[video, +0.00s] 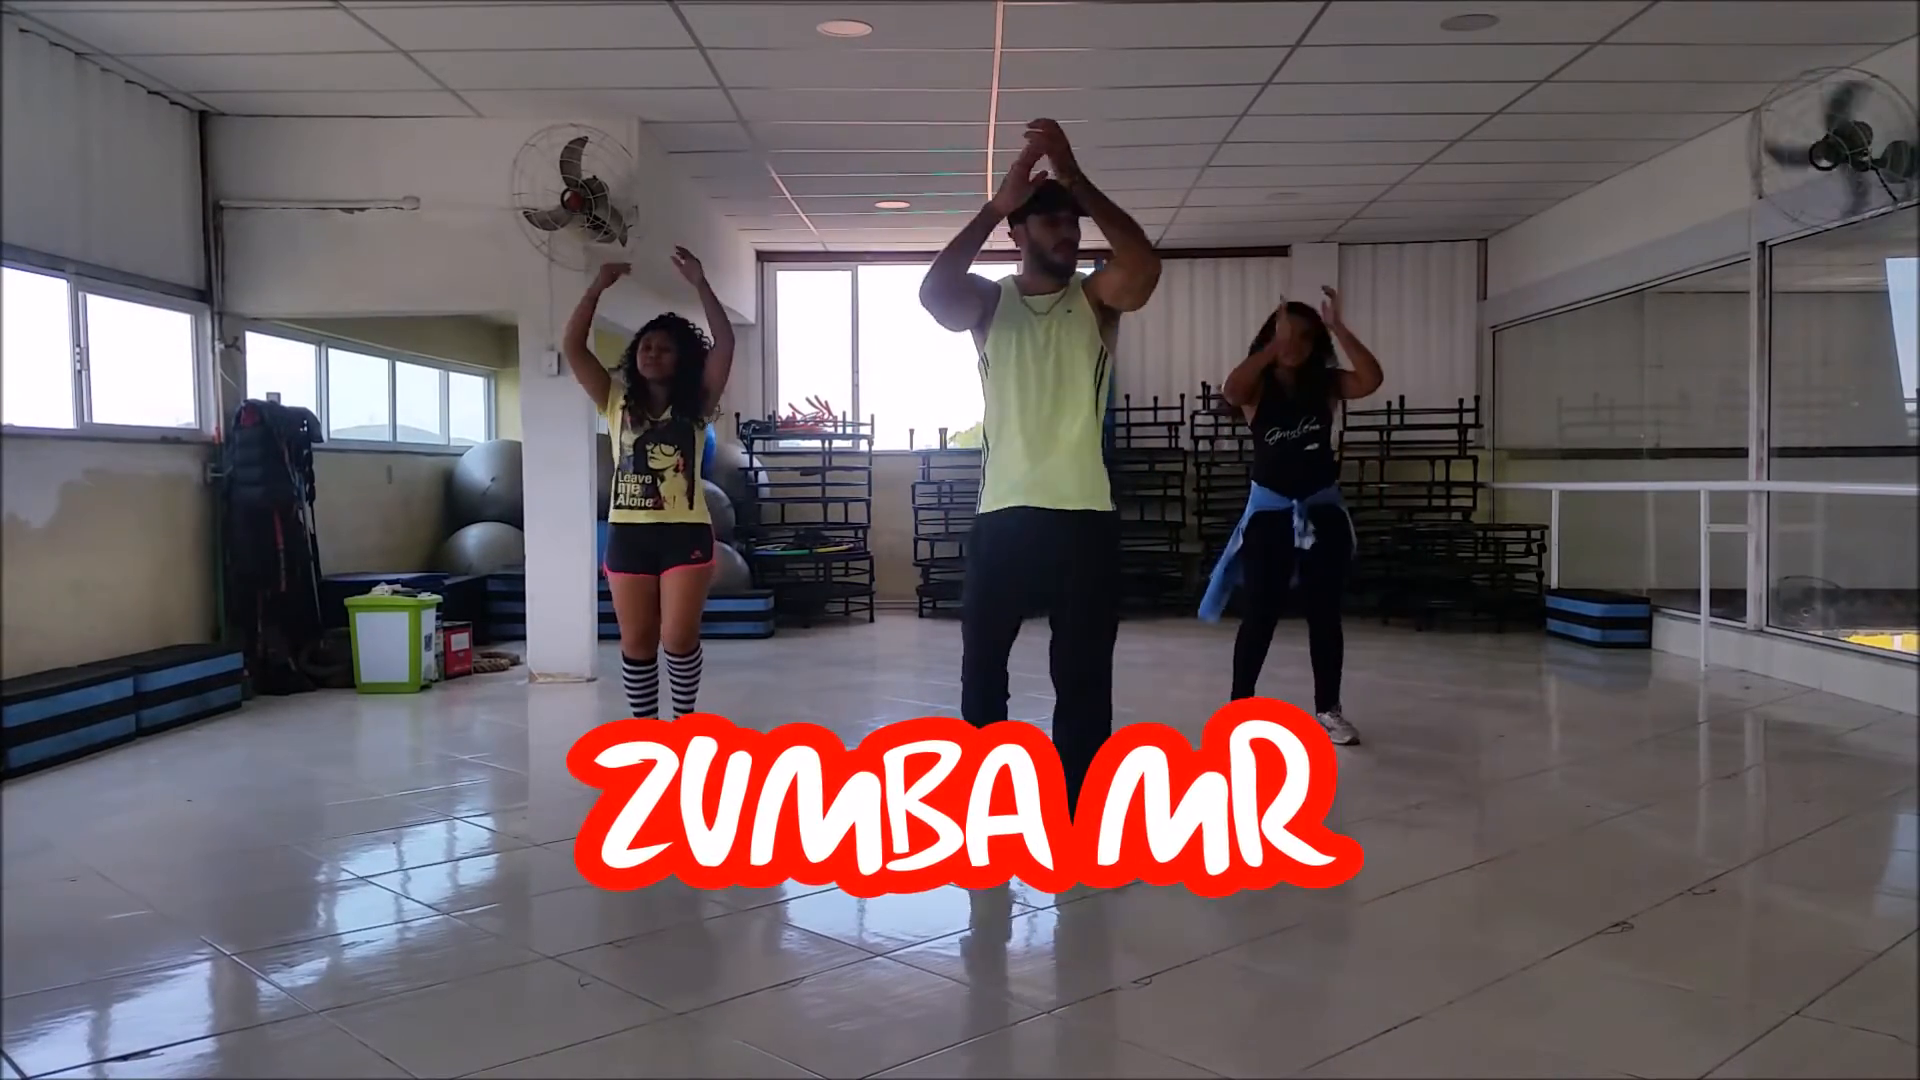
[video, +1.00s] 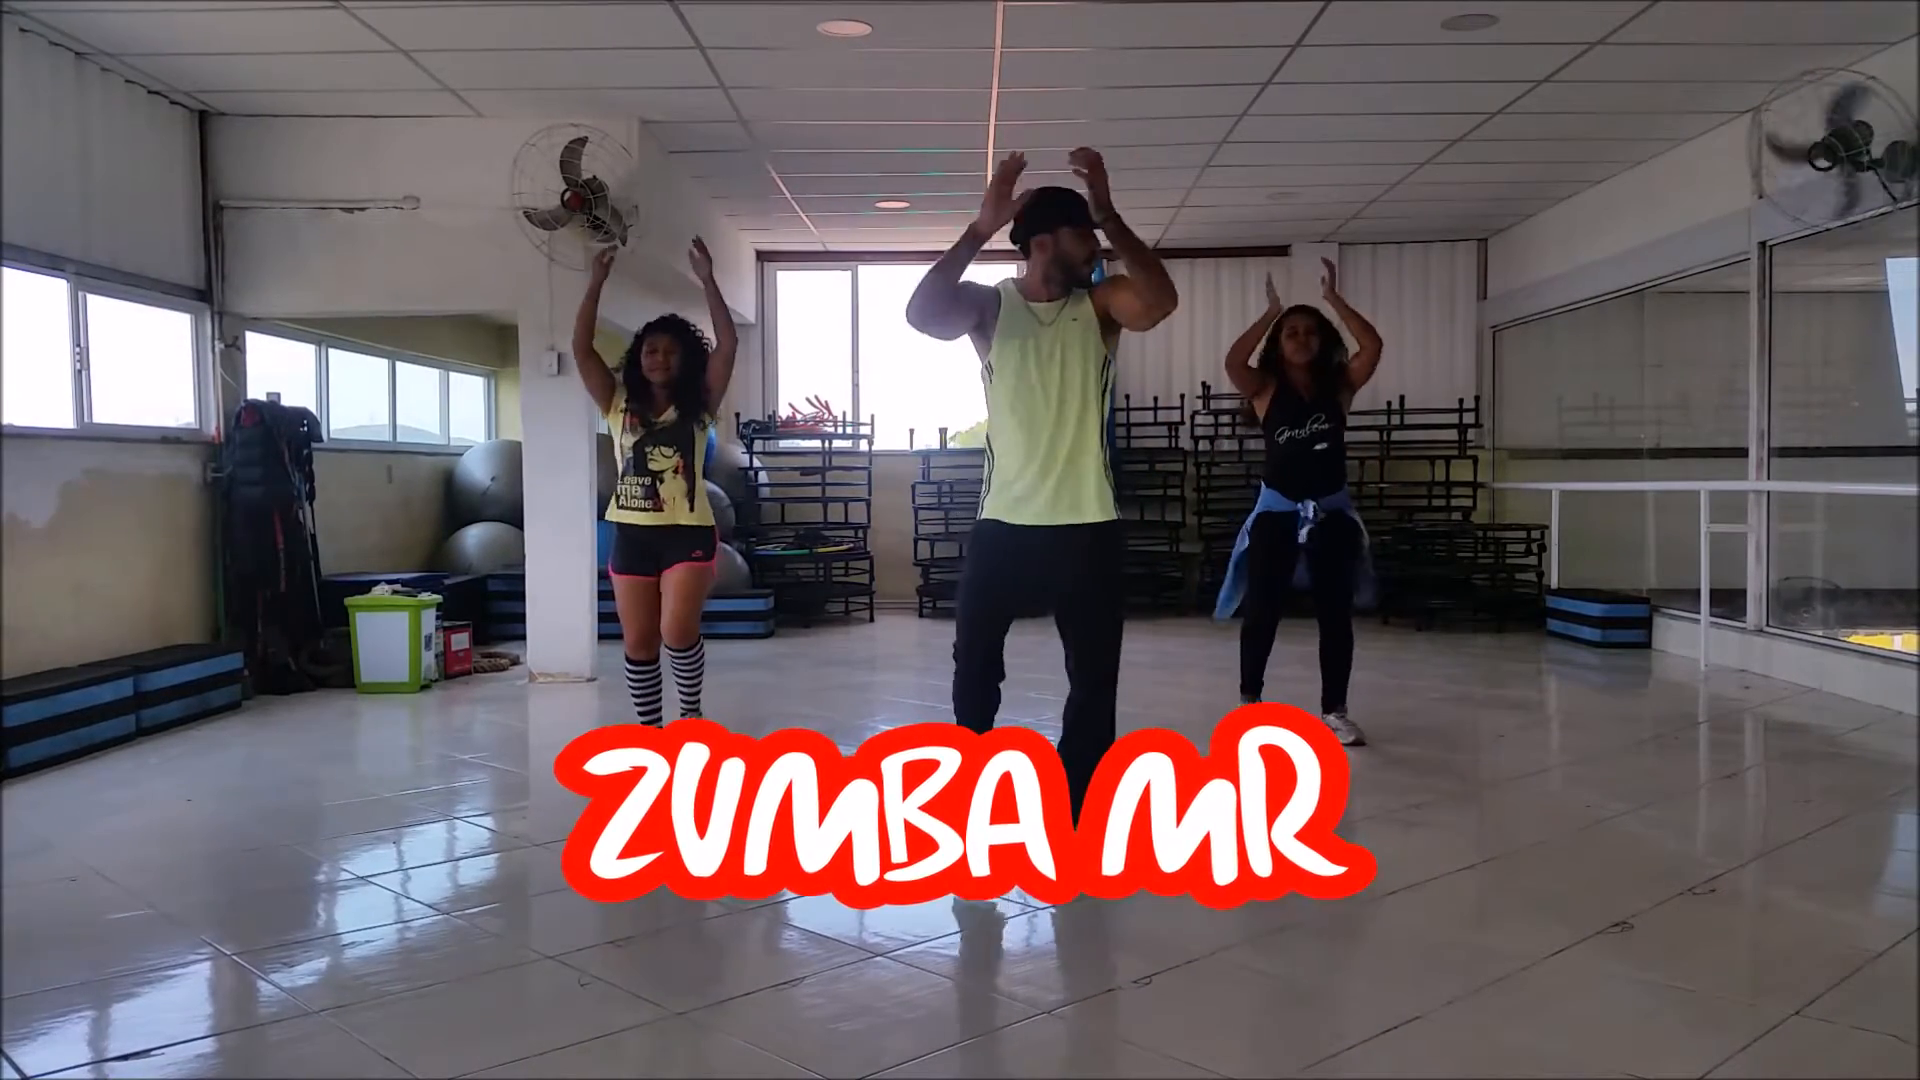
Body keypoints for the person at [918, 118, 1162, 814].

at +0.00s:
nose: (1065, 231)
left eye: (1071, 220)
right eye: (1050, 220)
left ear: (1081, 230)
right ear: (1017, 232)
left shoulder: (1097, 297)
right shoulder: (991, 302)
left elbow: (1142, 263)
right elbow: (936, 290)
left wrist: (1076, 180)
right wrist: (998, 208)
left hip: (1086, 518)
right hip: (1006, 517)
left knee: (1084, 684)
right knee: (981, 672)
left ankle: (1080, 822)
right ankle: (981, 810)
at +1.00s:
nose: (1093, 243)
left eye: (1093, 233)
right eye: (1083, 232)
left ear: (1071, 243)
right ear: (1042, 239)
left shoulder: (1100, 300)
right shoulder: (990, 305)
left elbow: (1160, 300)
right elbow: (923, 311)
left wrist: (1109, 217)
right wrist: (982, 225)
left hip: (1088, 523)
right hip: (1005, 522)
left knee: (1095, 684)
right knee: (975, 666)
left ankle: (1082, 819)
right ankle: (969, 798)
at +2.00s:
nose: (1053, 225)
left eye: (1067, 217)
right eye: (1041, 216)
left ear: (1087, 235)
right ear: (1027, 234)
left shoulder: (1112, 298)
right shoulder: (996, 303)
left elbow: (1167, 313)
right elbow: (935, 336)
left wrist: (1123, 226)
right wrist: (967, 235)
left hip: (1095, 523)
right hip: (1012, 520)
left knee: (1102, 691)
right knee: (979, 666)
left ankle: (1086, 827)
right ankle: (983, 803)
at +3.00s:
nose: (1060, 233)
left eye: (1073, 221)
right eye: (1047, 221)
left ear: (1094, 227)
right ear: (1030, 229)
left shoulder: (1133, 306)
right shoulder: (1000, 312)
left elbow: (1231, 366)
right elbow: (923, 378)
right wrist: (913, 410)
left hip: (1108, 529)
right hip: (1018, 527)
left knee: (1124, 686)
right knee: (975, 669)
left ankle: (1119, 823)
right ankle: (951, 808)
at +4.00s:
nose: (1020, 222)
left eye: (1032, 211)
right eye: (1007, 210)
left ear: (1052, 220)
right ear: (989, 220)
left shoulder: (1089, 307)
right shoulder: (950, 308)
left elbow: (1127, 390)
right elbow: (909, 390)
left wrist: (1133, 437)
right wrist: (877, 448)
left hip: (1069, 522)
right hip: (975, 524)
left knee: (1135, 657)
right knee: (923, 668)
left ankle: (1169, 799)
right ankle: (894, 810)